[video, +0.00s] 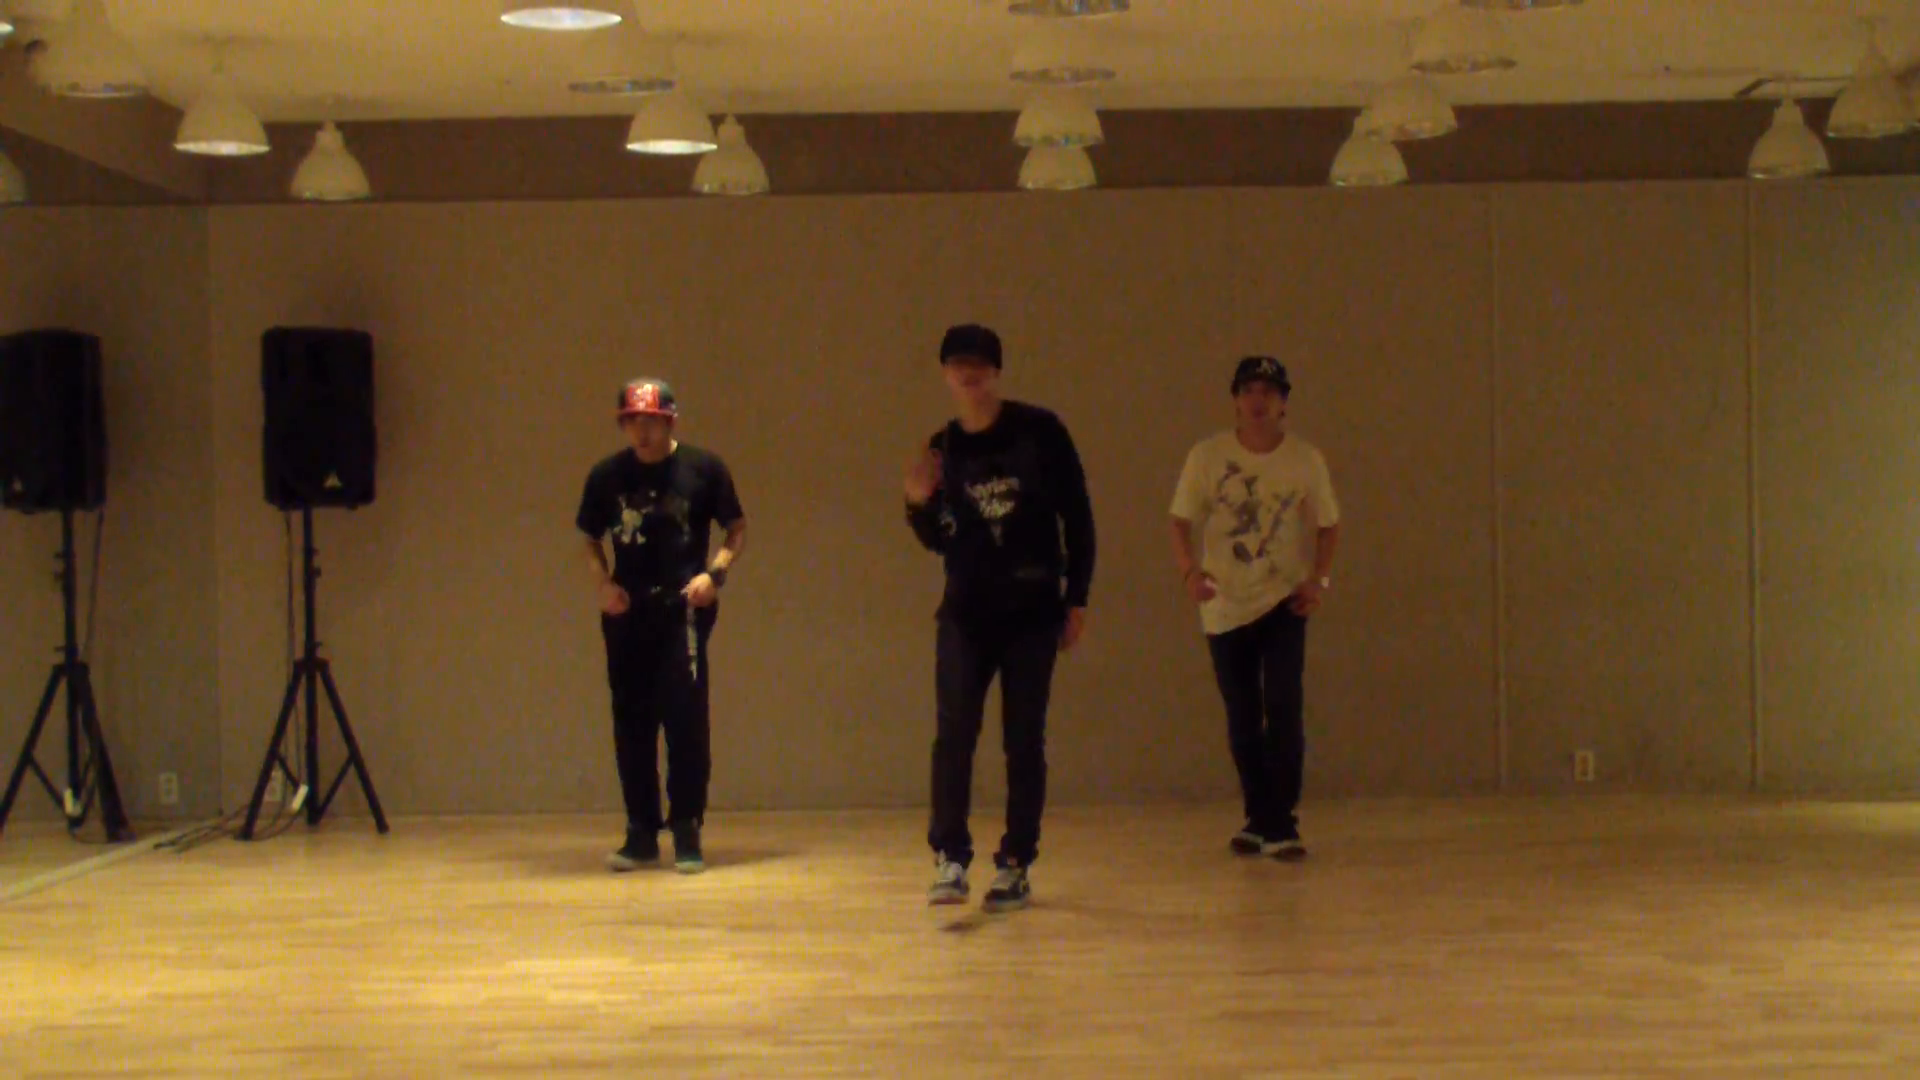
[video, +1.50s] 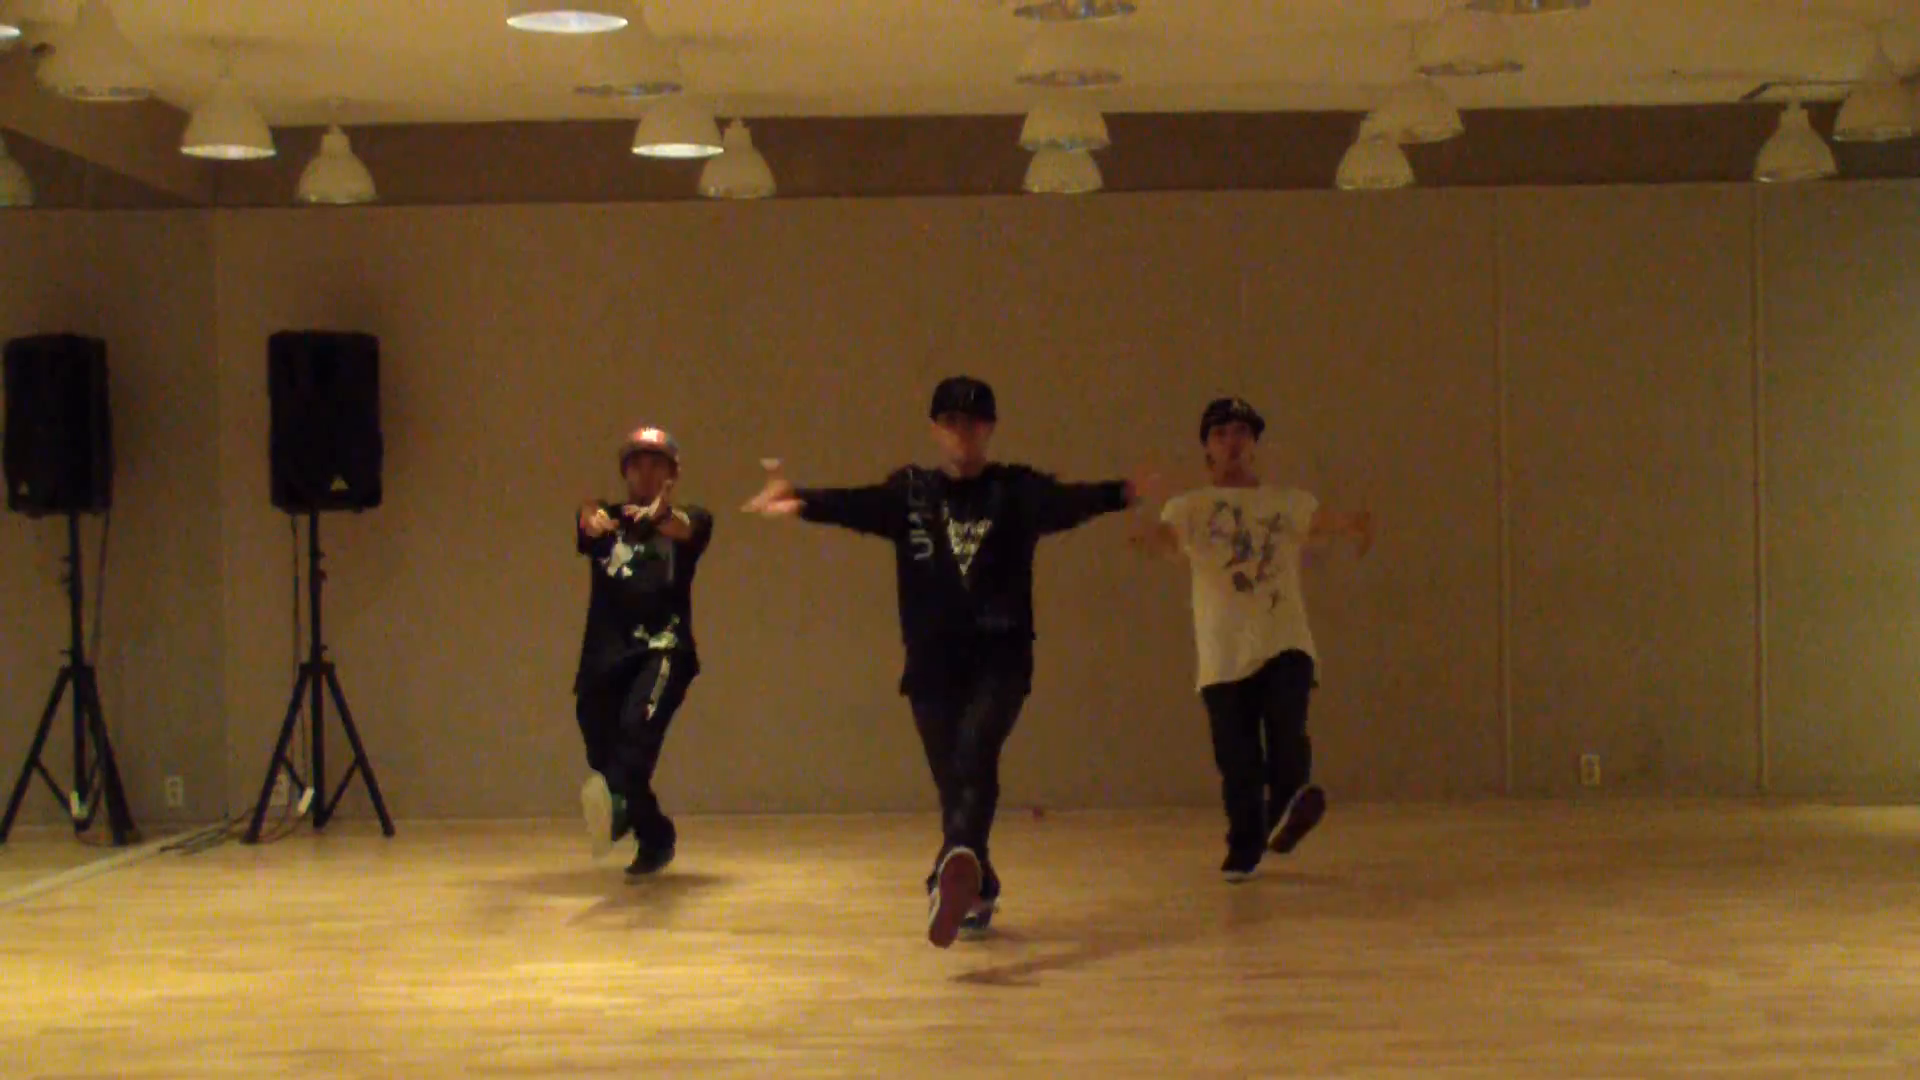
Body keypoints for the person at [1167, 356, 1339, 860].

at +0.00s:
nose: (1260, 402)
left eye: (1269, 393)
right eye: (1251, 393)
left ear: (1284, 402)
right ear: (1235, 400)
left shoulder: (1305, 460)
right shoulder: (1206, 456)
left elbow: (1327, 526)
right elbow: (1180, 520)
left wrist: (1317, 580)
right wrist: (1189, 570)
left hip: (1284, 604)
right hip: (1226, 608)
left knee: (1284, 713)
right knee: (1242, 718)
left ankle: (1282, 823)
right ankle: (1257, 821)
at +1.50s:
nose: (1233, 443)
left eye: (1242, 434)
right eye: (1222, 434)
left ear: (1256, 443)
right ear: (1205, 447)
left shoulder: (1286, 502)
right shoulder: (1191, 507)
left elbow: (1321, 525)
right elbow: (1169, 538)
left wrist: (1355, 526)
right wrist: (1148, 539)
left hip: (1283, 641)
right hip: (1223, 651)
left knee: (1287, 727)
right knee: (1237, 758)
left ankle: (1287, 811)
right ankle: (1244, 849)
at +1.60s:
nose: (1239, 426)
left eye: (1249, 417)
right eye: (1229, 417)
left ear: (1263, 424)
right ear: (1210, 427)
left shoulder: (1297, 489)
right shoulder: (1189, 498)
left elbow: (1372, 499)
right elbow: (1118, 505)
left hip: (1288, 629)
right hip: (1225, 641)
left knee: (1296, 707)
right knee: (1237, 751)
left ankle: (1300, 815)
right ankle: (1239, 839)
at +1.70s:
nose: (1243, 425)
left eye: (1253, 415)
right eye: (1232, 416)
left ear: (1270, 421)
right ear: (1216, 424)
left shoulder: (1306, 483)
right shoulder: (1192, 488)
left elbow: (1381, 505)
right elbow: (1119, 508)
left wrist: (1445, 507)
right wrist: (1062, 507)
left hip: (1297, 627)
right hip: (1233, 634)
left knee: (1299, 722)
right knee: (1240, 730)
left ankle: (1314, 842)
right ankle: (1225, 844)